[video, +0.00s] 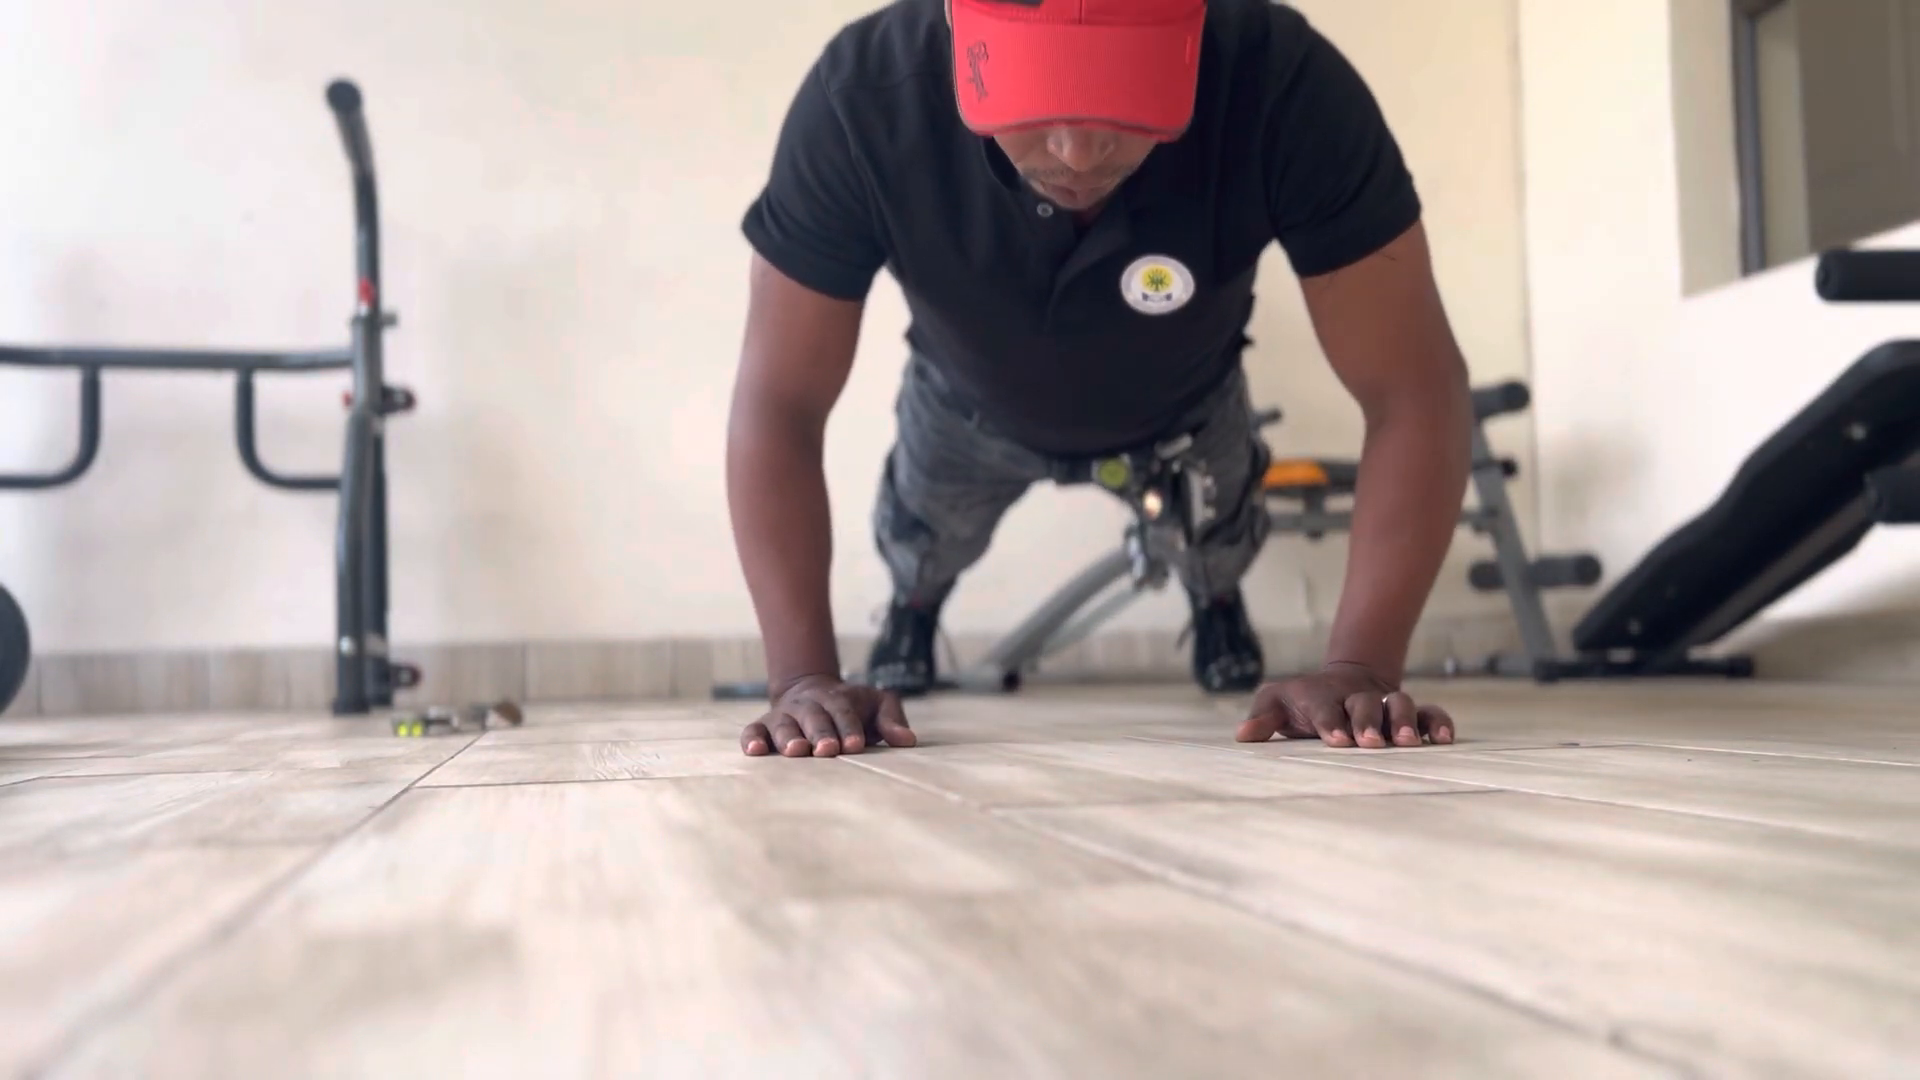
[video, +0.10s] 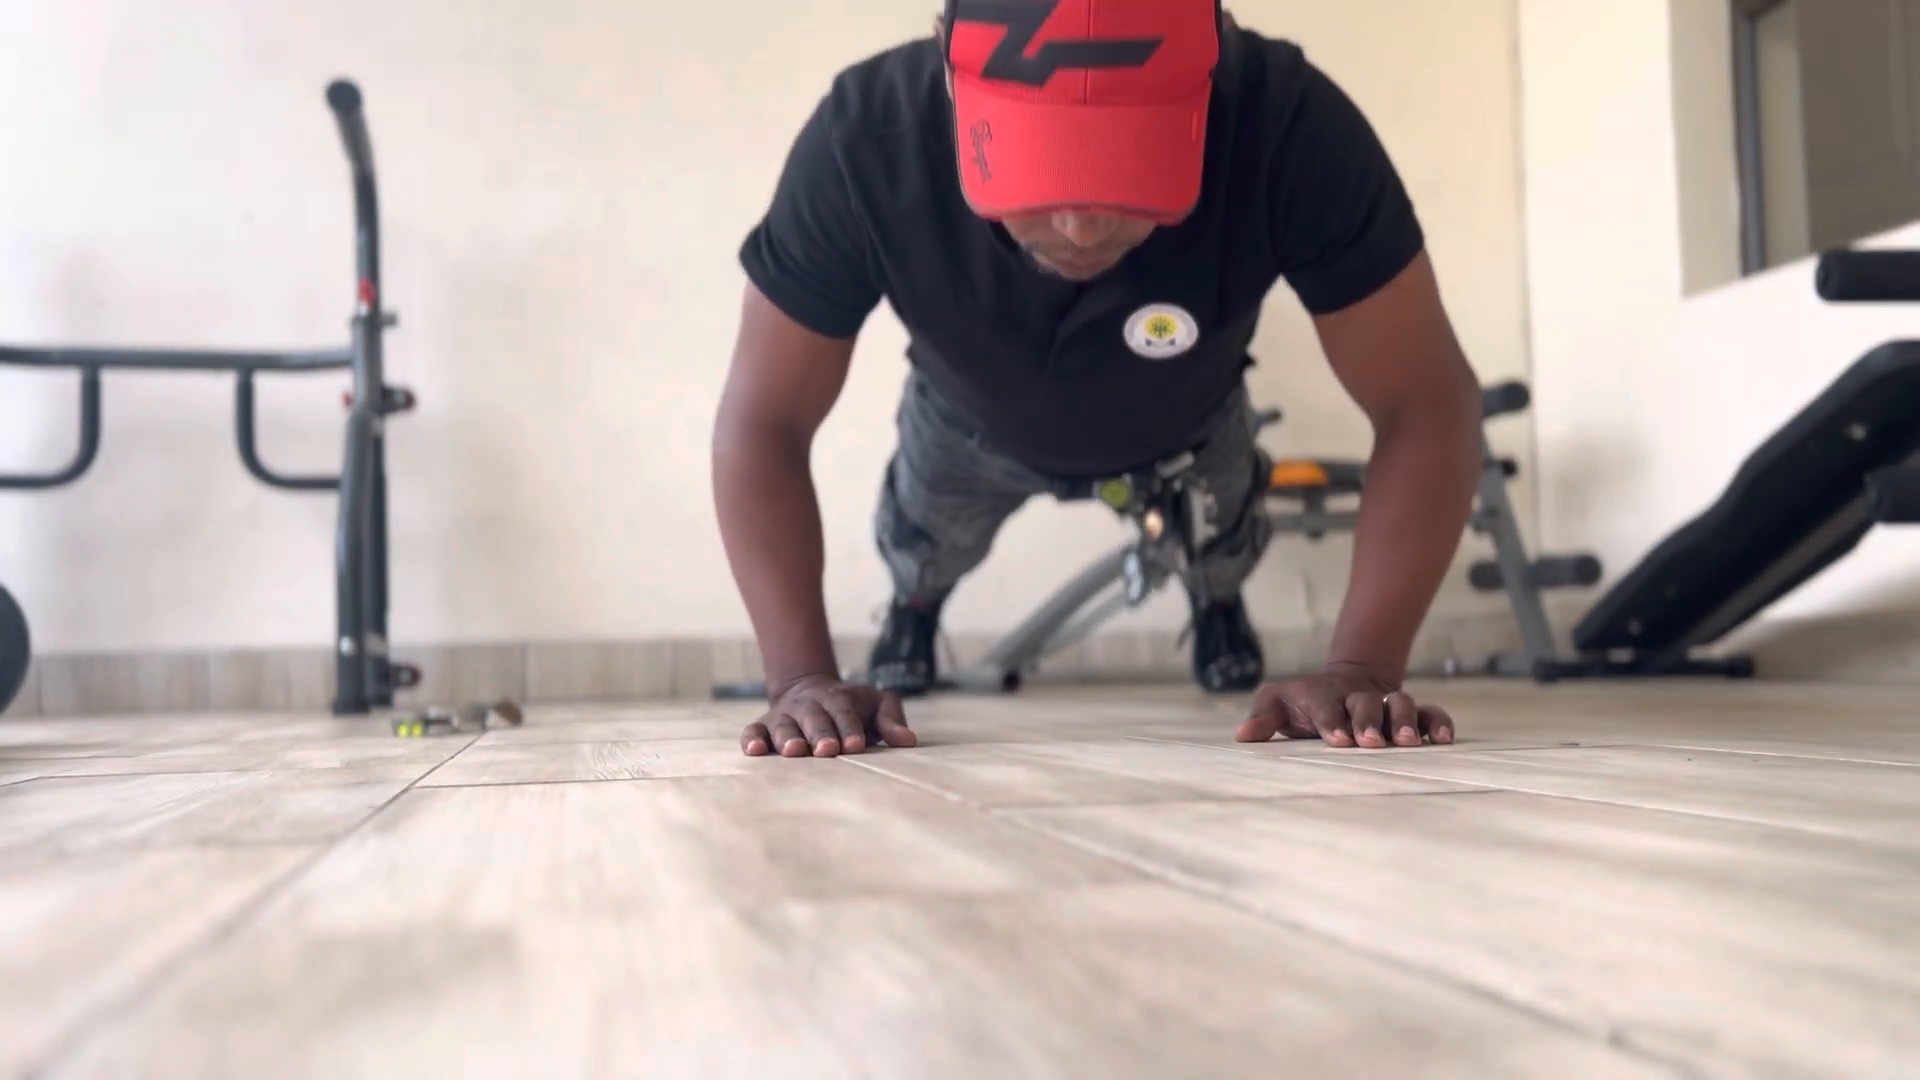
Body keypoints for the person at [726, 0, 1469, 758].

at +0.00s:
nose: (1074, 155)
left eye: (1118, 119)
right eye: (1032, 118)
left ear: (1184, 56)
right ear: (961, 54)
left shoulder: (1281, 83)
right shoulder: (866, 96)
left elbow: (1418, 390)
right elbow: (777, 407)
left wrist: (1359, 668)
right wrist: (799, 682)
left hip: (1184, 407)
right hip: (972, 406)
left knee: (1217, 530)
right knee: (928, 535)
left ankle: (1219, 610)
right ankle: (915, 621)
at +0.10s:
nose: (1080, 228)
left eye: (1122, 187)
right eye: (1039, 187)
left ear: (1189, 110)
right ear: (963, 104)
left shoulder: (1284, 124)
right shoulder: (868, 138)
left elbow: (1430, 405)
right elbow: (761, 425)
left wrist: (1361, 668)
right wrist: (794, 679)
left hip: (1186, 418)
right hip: (974, 424)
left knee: (1221, 535)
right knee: (929, 542)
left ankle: (1219, 613)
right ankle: (917, 621)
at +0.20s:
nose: (1081, 401)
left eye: (1122, 369)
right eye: (1043, 371)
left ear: (1213, 235)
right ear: (961, 245)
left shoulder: (1294, 230)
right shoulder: (871, 241)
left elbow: (1439, 432)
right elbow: (738, 456)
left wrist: (1361, 670)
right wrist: (795, 679)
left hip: (1191, 473)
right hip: (974, 478)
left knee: (1228, 550)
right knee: (930, 564)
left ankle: (1221, 614)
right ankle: (914, 616)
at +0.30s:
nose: (1090, 511)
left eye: (1131, 470)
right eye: (1053, 475)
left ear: (1221, 308)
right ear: (951, 327)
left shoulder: (1299, 311)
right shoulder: (867, 326)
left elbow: (1441, 450)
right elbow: (718, 469)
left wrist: (1361, 671)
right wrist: (794, 681)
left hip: (1203, 527)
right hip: (971, 530)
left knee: (1230, 567)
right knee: (922, 579)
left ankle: (1217, 610)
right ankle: (909, 621)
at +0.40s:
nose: (1098, 583)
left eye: (1142, 552)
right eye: (1061, 557)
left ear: (1220, 379)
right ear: (956, 398)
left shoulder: (1301, 355)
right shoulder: (866, 372)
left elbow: (1449, 450)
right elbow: (714, 471)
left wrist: (1358, 672)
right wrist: (798, 683)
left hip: (1212, 563)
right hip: (960, 566)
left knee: (1228, 602)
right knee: (911, 597)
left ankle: (1204, 628)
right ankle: (902, 640)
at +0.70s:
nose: (1092, 621)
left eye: (1140, 591)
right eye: (1051, 589)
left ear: (1225, 448)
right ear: (959, 447)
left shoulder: (1310, 387)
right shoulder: (866, 400)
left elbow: (1452, 444)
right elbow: (711, 457)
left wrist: (1358, 670)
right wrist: (798, 677)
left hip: (1208, 576)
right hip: (959, 578)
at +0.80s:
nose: (1074, 436)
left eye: (1120, 402)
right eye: (1033, 400)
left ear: (1210, 284)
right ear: (953, 287)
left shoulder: (1303, 274)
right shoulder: (867, 283)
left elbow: (1436, 440)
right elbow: (724, 454)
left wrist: (1356, 668)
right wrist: (796, 679)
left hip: (1187, 508)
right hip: (976, 515)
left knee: (1225, 560)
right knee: (929, 573)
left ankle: (1212, 586)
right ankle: (914, 607)